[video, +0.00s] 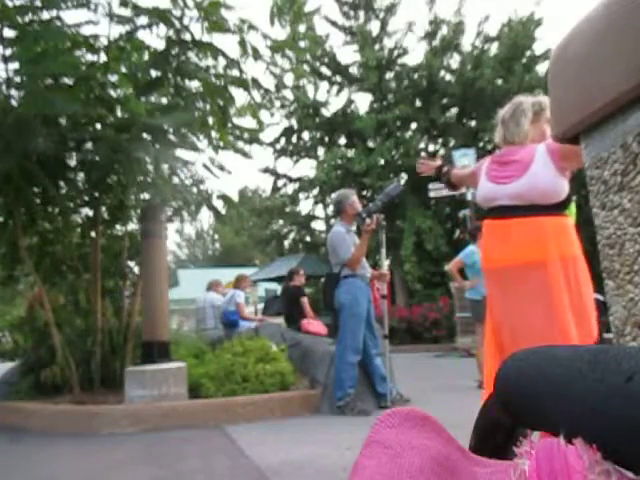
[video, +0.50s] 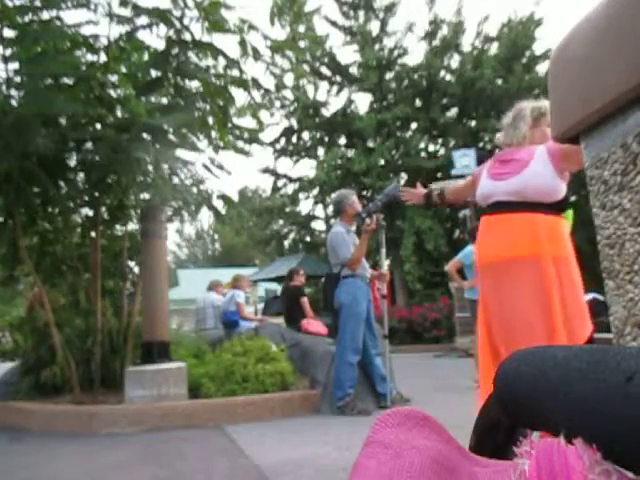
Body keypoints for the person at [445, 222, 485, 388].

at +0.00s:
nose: (487, 238)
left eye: (486, 234)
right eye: (484, 234)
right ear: (479, 235)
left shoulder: (489, 251)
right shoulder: (472, 251)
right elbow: (451, 267)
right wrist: (461, 282)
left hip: (490, 295)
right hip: (477, 296)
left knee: (486, 335)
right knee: (481, 335)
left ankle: (489, 373)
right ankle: (483, 375)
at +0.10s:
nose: (487, 237)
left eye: (487, 233)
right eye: (485, 233)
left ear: (482, 235)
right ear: (479, 235)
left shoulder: (489, 251)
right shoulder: (472, 251)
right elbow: (451, 267)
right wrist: (462, 282)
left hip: (490, 295)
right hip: (477, 296)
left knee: (486, 336)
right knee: (481, 336)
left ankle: (489, 373)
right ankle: (483, 375)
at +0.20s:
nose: (487, 237)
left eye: (487, 233)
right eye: (485, 233)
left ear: (482, 235)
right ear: (479, 234)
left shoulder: (489, 251)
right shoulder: (472, 251)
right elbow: (451, 267)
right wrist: (462, 283)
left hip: (490, 295)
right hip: (477, 296)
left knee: (486, 335)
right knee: (481, 336)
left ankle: (490, 373)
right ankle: (483, 375)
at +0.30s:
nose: (488, 237)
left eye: (487, 232)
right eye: (485, 232)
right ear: (479, 235)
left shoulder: (489, 251)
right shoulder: (472, 251)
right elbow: (451, 267)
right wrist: (461, 283)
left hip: (490, 295)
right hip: (477, 297)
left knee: (486, 335)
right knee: (481, 336)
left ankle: (489, 373)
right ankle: (483, 375)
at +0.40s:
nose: (486, 237)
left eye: (486, 232)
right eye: (483, 232)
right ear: (478, 235)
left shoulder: (489, 250)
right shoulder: (472, 250)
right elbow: (451, 267)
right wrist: (461, 283)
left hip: (489, 296)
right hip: (476, 297)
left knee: (486, 334)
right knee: (482, 335)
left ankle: (489, 372)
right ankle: (483, 374)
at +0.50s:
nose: (483, 236)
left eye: (483, 232)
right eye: (480, 233)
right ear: (476, 236)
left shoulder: (492, 251)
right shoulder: (472, 250)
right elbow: (451, 267)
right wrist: (462, 283)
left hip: (489, 296)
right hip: (475, 296)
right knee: (479, 333)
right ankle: (480, 370)